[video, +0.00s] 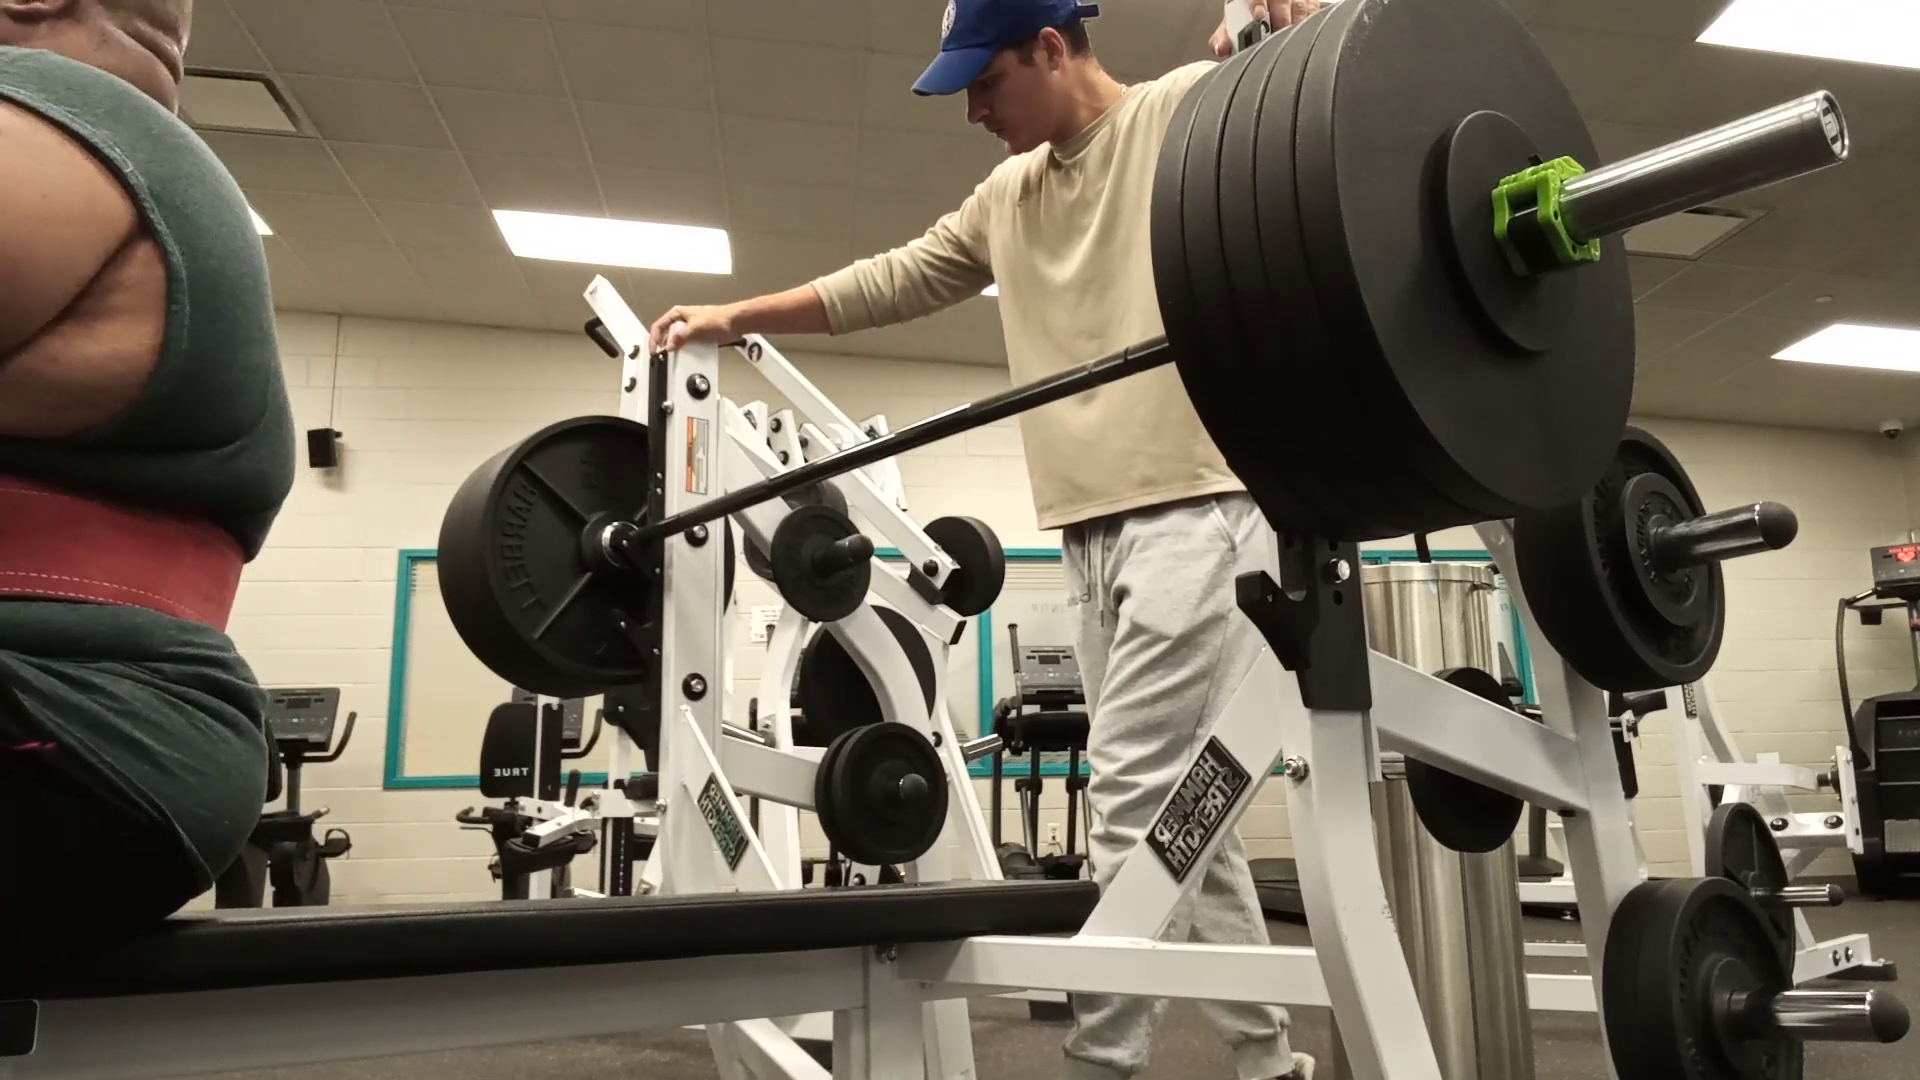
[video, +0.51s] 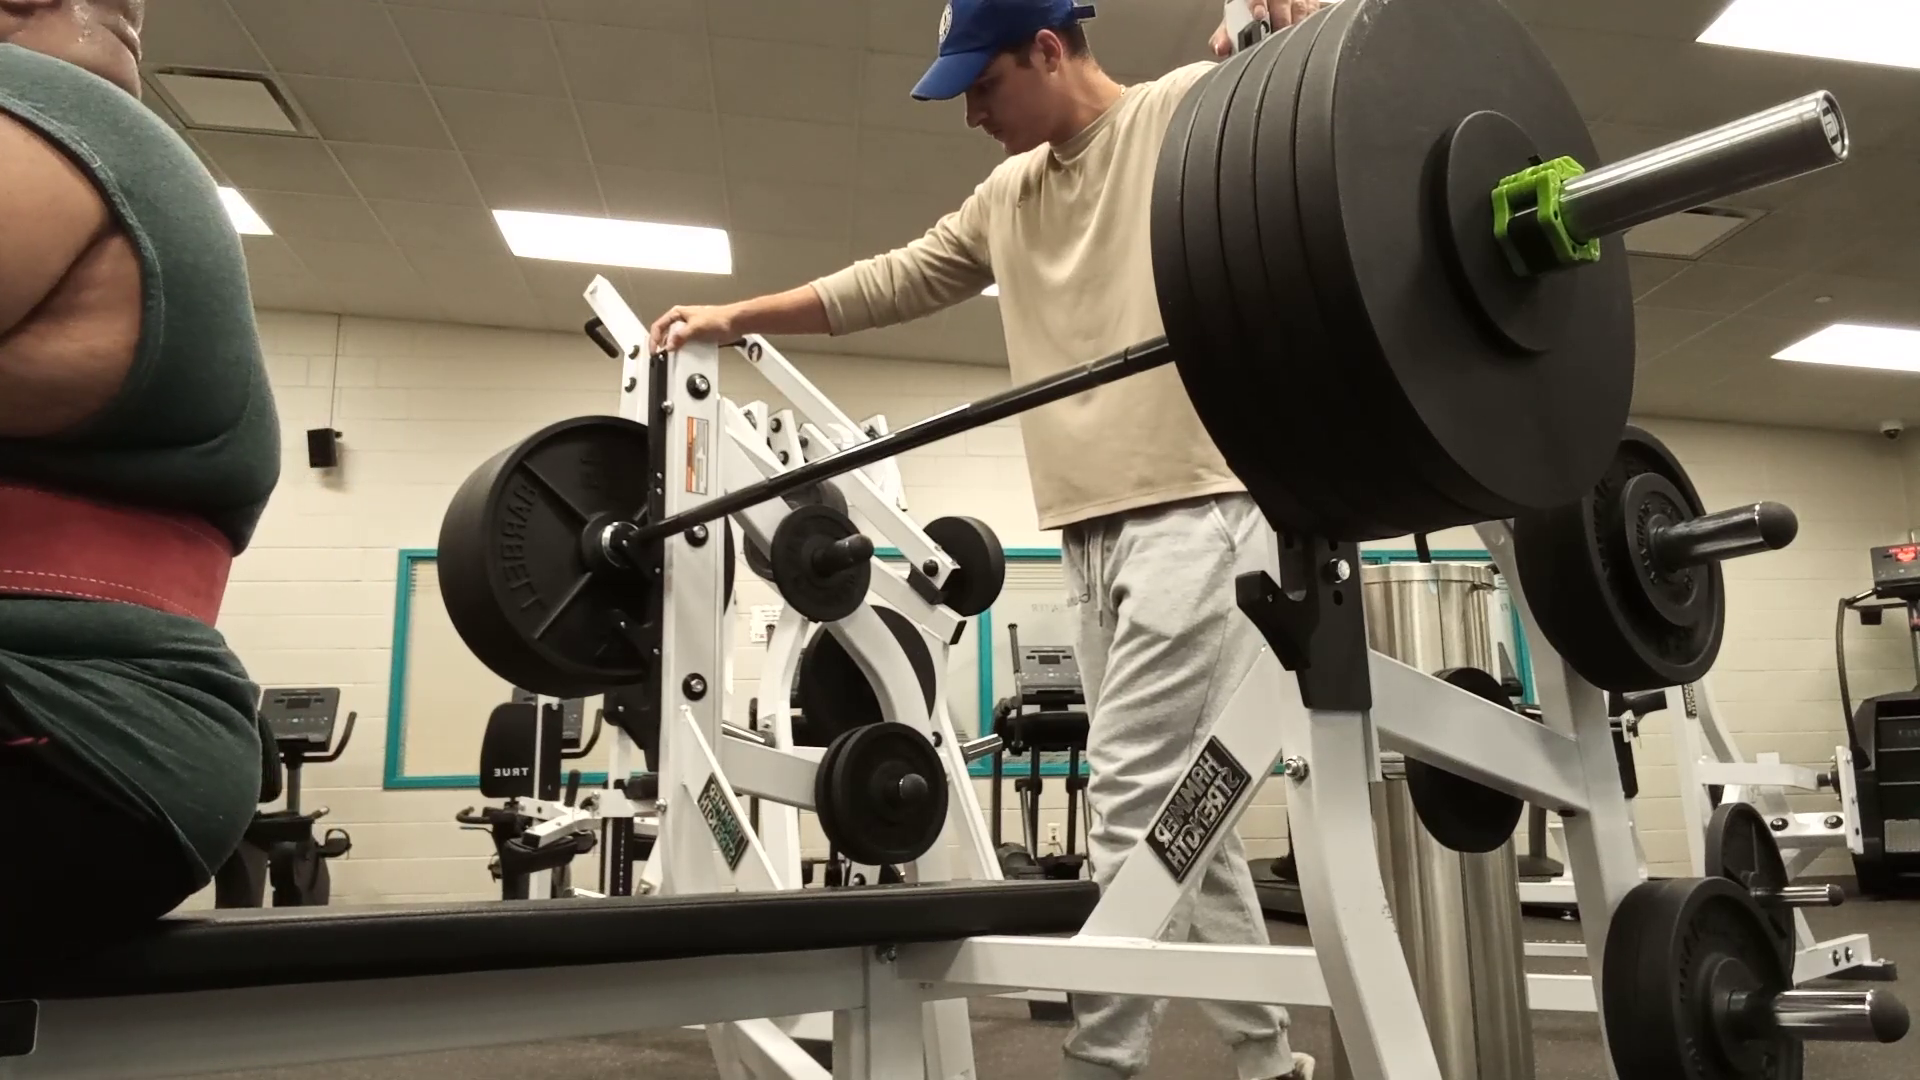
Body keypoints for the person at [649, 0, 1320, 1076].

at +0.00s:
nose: (974, 111)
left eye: (985, 83)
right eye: (967, 90)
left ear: (1054, 46)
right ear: (1024, 64)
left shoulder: (1185, 102)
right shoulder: (1005, 195)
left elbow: (1315, 110)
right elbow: (893, 280)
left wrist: (1291, 37)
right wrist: (734, 314)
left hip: (1200, 511)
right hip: (1090, 535)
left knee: (1128, 793)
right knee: (1174, 805)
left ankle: (1102, 1064)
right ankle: (1267, 1061)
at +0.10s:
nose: (973, 112)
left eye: (983, 85)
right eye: (966, 92)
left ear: (1053, 47)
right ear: (1024, 64)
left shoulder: (1185, 102)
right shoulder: (1005, 195)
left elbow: (1315, 112)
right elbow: (894, 280)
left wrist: (1291, 38)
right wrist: (735, 314)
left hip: (1200, 511)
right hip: (1091, 535)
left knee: (1129, 794)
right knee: (1174, 804)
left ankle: (1102, 1064)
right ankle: (1266, 1060)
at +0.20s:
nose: (972, 112)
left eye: (982, 85)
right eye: (965, 92)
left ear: (1052, 46)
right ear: (1023, 65)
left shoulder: (1185, 102)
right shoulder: (1005, 195)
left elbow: (1317, 109)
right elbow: (893, 281)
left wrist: (1291, 37)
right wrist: (734, 314)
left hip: (1200, 511)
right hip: (1091, 534)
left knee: (1128, 793)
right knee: (1174, 803)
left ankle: (1102, 1064)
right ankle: (1266, 1060)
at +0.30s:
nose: (972, 114)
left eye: (982, 88)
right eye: (965, 94)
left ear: (1051, 48)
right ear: (1025, 64)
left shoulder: (1185, 102)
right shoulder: (1006, 194)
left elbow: (1317, 113)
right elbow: (897, 279)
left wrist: (1293, 37)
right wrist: (735, 314)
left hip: (1200, 511)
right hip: (1090, 533)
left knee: (1128, 792)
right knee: (1173, 802)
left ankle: (1102, 1064)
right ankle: (1266, 1059)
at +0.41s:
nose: (973, 114)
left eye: (983, 87)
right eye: (966, 94)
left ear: (1052, 47)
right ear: (1024, 64)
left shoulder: (1185, 102)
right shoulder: (1005, 194)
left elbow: (1318, 108)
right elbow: (895, 280)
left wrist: (1292, 37)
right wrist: (735, 314)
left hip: (1201, 510)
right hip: (1091, 533)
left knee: (1128, 793)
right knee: (1174, 803)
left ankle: (1101, 1064)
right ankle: (1265, 1059)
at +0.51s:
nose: (972, 114)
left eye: (982, 88)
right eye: (965, 94)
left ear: (1051, 48)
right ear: (1026, 65)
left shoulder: (1185, 102)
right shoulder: (1005, 194)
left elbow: (1317, 113)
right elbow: (896, 279)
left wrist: (1291, 38)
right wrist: (735, 314)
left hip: (1201, 511)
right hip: (1091, 534)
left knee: (1128, 793)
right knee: (1174, 803)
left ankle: (1102, 1064)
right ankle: (1266, 1060)